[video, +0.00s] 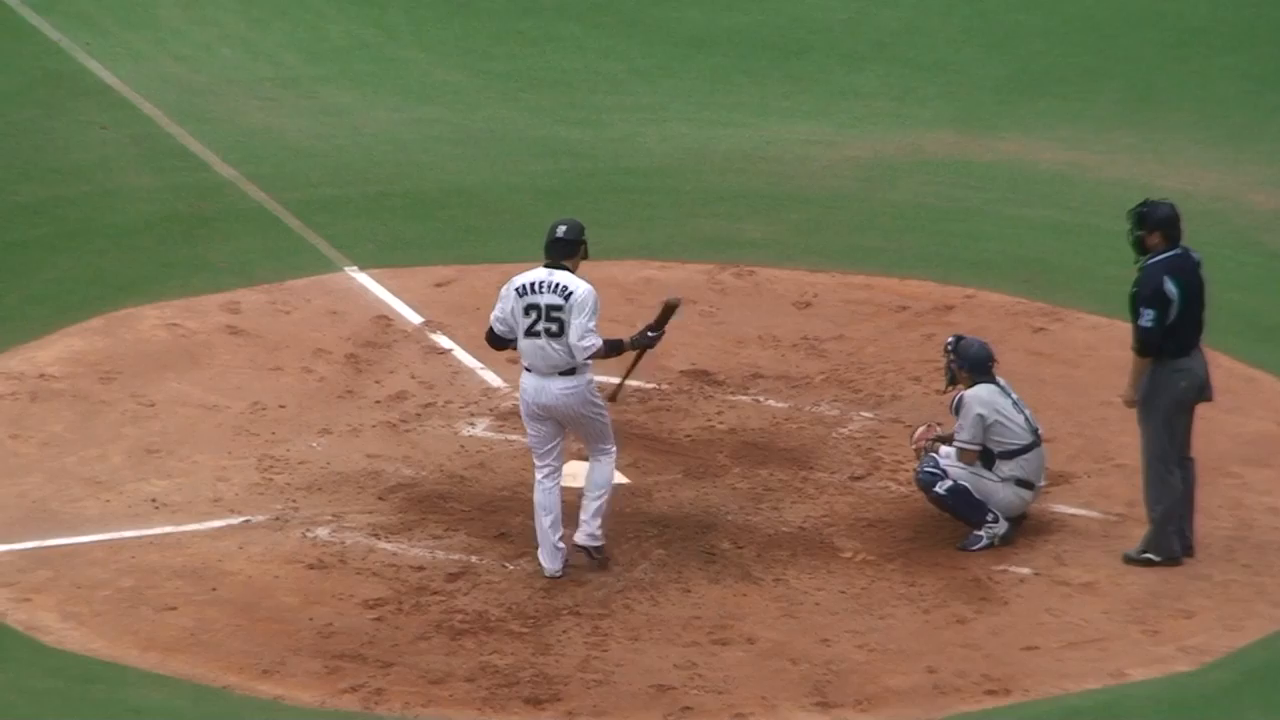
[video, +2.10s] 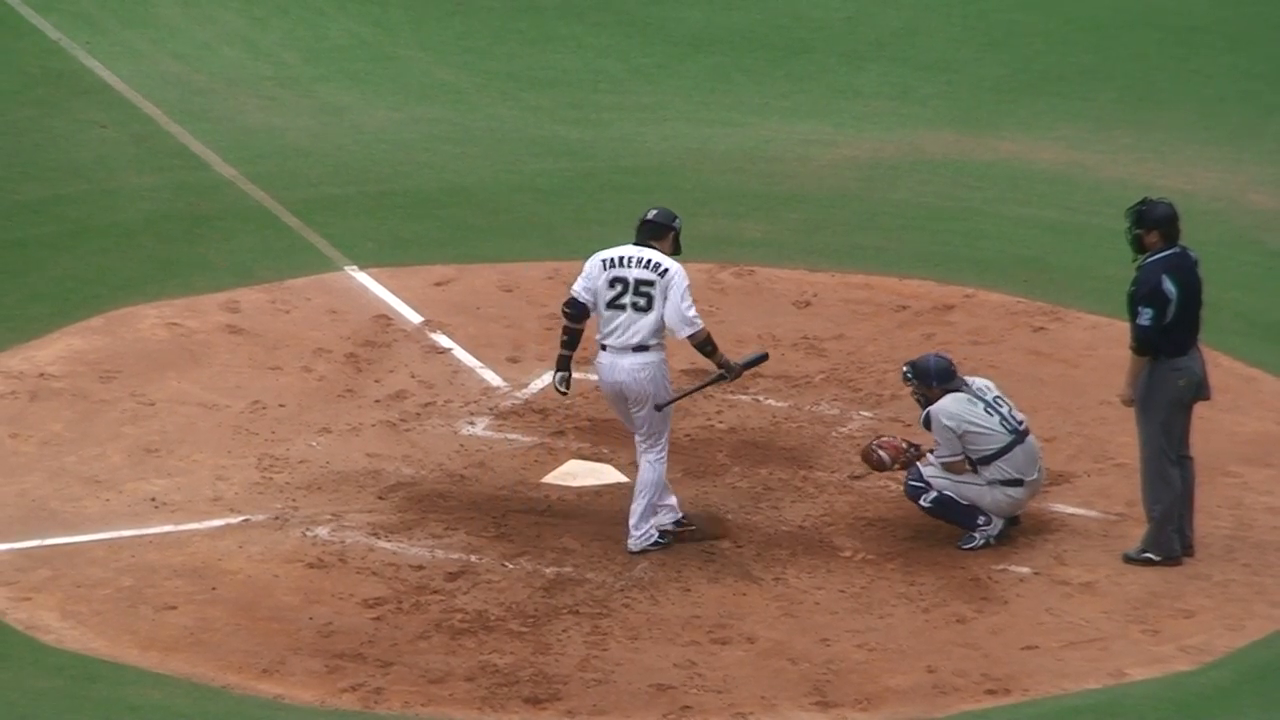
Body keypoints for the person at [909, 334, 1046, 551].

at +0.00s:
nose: (948, 366)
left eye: (952, 362)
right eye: (949, 361)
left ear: (964, 370)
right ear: (985, 366)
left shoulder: (972, 399)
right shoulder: (998, 384)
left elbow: (967, 457)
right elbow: (976, 432)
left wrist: (933, 447)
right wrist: (941, 437)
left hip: (1013, 495)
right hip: (1029, 485)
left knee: (929, 470)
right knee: (948, 451)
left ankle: (992, 524)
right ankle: (1010, 509)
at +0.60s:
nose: (943, 382)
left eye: (946, 376)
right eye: (942, 376)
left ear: (961, 378)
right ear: (977, 372)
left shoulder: (969, 400)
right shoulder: (993, 384)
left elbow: (975, 458)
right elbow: (985, 433)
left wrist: (938, 452)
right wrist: (944, 419)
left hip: (1015, 497)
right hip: (1030, 489)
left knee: (934, 469)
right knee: (950, 452)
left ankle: (993, 527)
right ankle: (1010, 511)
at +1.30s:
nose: (930, 393)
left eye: (931, 387)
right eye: (928, 388)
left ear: (945, 384)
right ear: (961, 375)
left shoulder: (960, 402)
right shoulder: (982, 381)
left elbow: (973, 459)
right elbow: (990, 437)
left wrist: (935, 454)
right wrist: (944, 439)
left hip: (1017, 494)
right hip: (1035, 481)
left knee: (931, 472)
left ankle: (994, 527)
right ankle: (1014, 510)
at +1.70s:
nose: (919, 393)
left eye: (921, 387)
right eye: (917, 388)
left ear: (934, 388)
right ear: (953, 375)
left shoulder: (944, 410)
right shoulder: (979, 379)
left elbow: (960, 465)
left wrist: (926, 457)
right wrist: (926, 452)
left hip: (1012, 495)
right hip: (1038, 476)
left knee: (920, 478)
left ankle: (989, 524)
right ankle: (1013, 509)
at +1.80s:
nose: (916, 395)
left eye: (918, 389)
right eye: (914, 389)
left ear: (932, 390)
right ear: (951, 376)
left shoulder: (940, 413)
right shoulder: (980, 379)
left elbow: (958, 468)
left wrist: (925, 458)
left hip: (1010, 496)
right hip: (1037, 477)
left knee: (918, 481)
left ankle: (987, 524)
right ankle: (1013, 510)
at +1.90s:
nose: (914, 395)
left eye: (916, 389)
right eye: (912, 389)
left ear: (931, 391)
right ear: (950, 376)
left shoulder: (938, 414)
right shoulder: (980, 380)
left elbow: (955, 468)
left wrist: (923, 459)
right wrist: (927, 453)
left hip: (1008, 496)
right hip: (1036, 477)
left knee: (916, 481)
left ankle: (986, 524)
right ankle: (1008, 510)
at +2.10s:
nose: (916, 391)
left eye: (919, 386)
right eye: (914, 386)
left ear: (933, 388)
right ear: (952, 376)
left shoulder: (940, 412)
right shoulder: (979, 383)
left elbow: (956, 468)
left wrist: (927, 457)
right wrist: (926, 452)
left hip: (1008, 496)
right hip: (1035, 478)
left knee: (917, 481)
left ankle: (987, 525)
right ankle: (1006, 511)